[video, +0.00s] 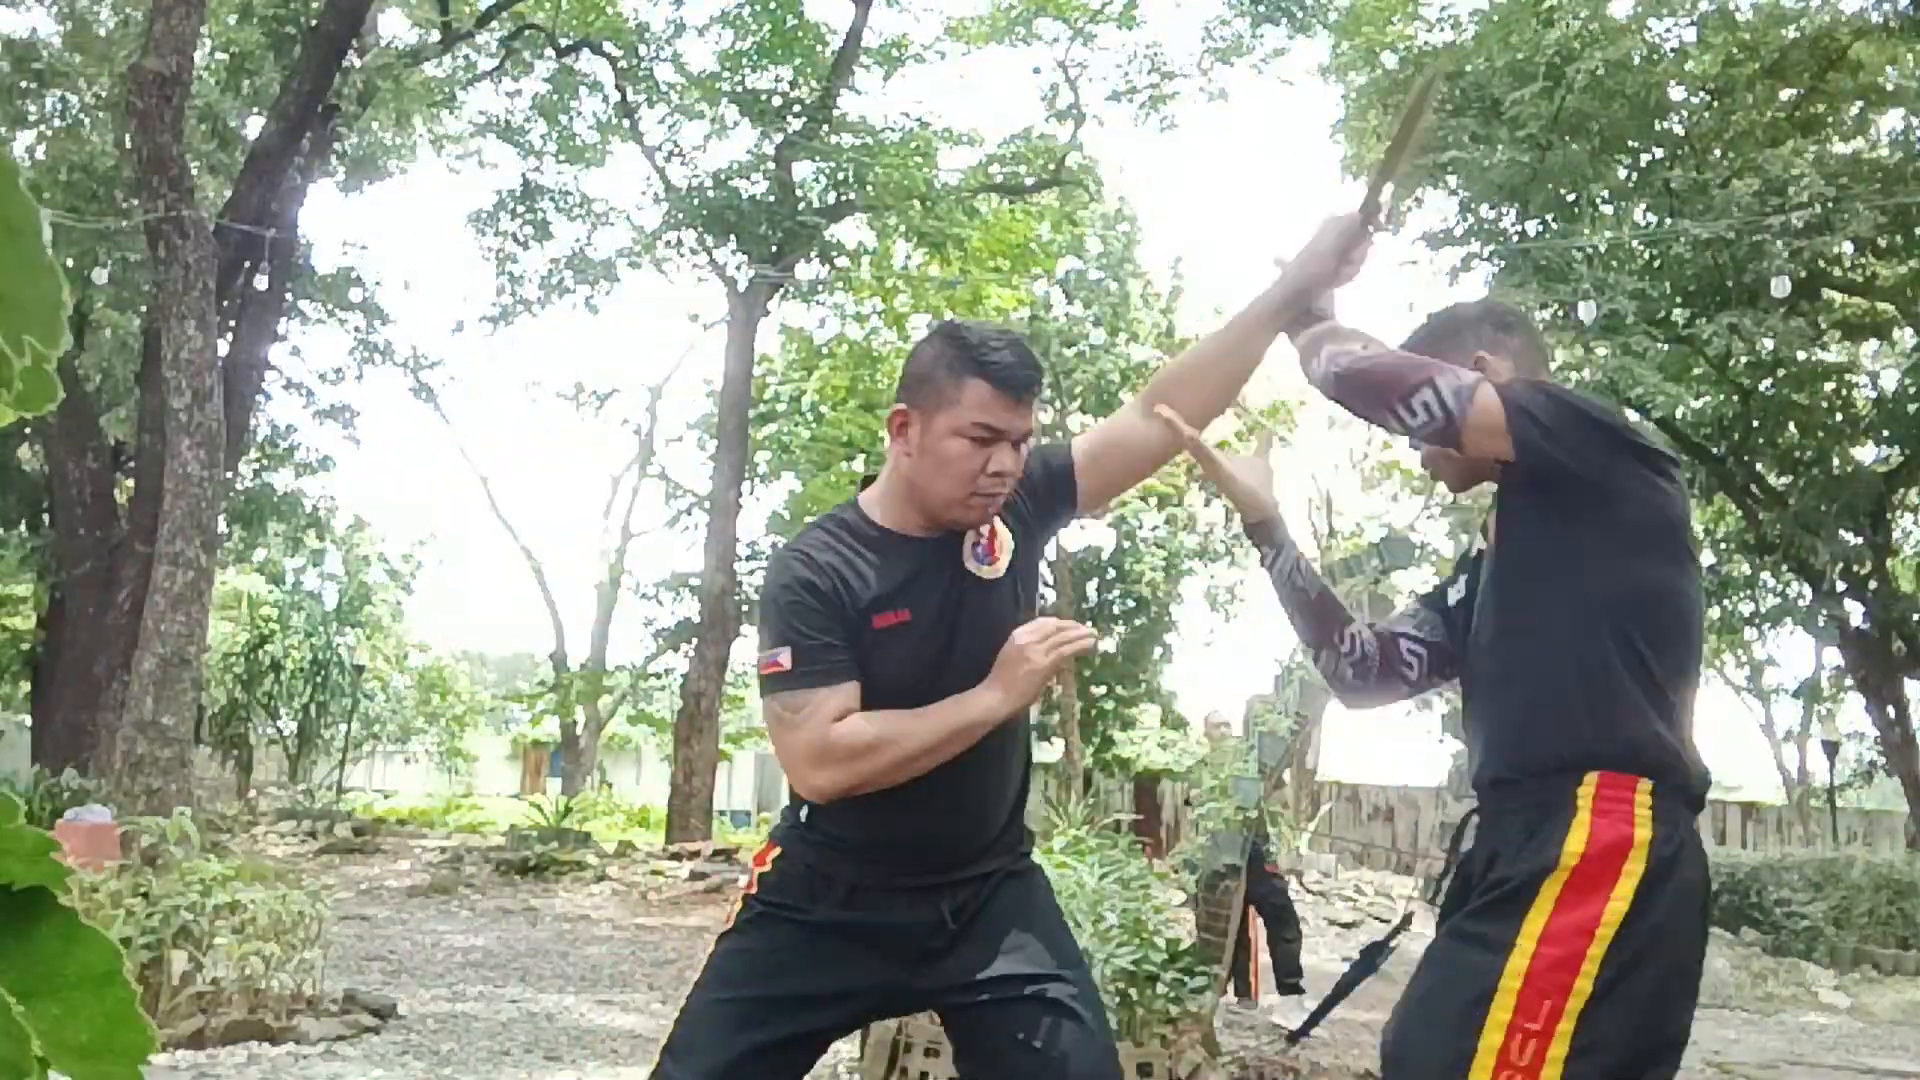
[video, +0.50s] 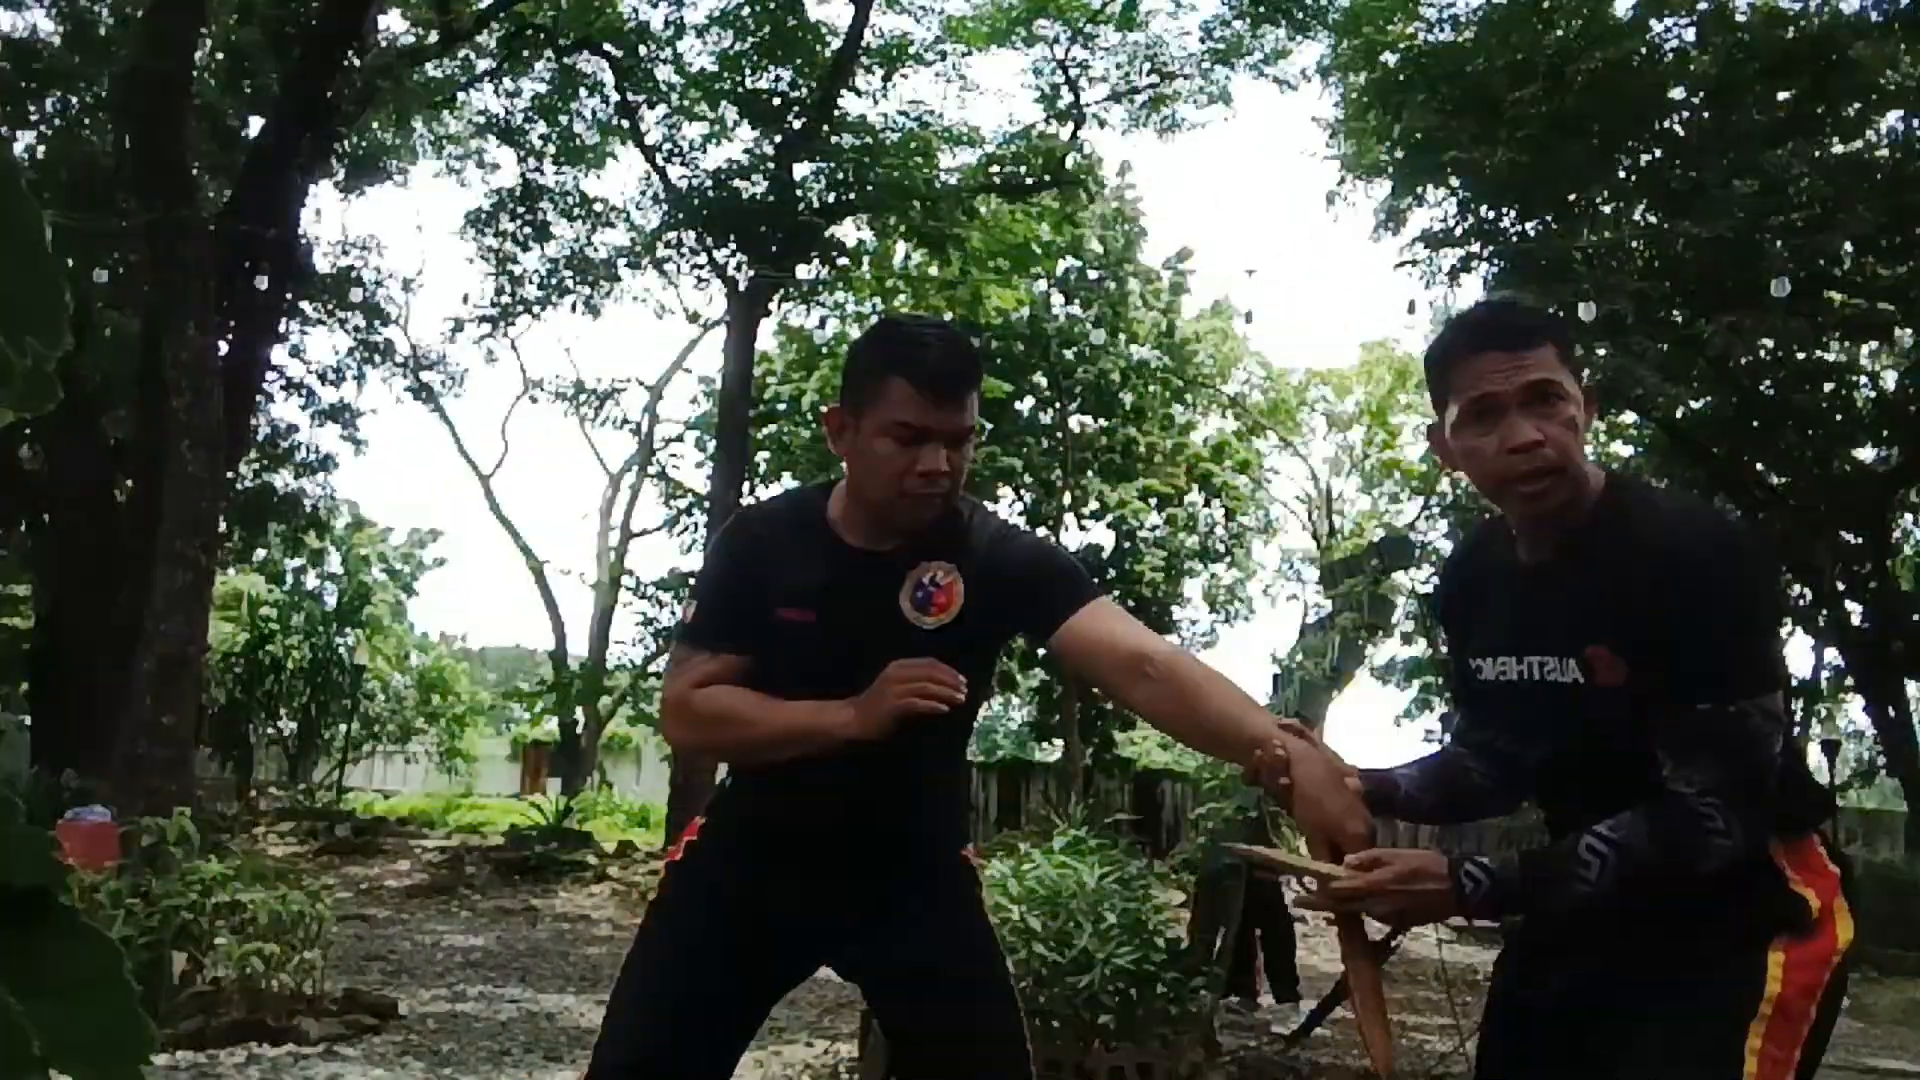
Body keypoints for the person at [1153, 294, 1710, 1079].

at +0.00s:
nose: (1413, 433)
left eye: (1426, 398)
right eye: (1409, 412)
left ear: (1489, 367)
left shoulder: (1608, 447)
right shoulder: (1496, 568)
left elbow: (1360, 373)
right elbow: (1361, 667)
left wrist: (1315, 327)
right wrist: (1264, 524)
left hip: (1599, 847)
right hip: (1520, 849)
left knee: (1446, 1058)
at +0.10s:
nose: (1409, 415)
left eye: (1423, 386)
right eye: (1398, 400)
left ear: (1501, 366)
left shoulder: (1632, 445)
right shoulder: (1453, 546)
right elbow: (1365, 662)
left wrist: (1322, 363)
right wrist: (1274, 495)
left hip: (1655, 847)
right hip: (1534, 857)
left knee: (1543, 1057)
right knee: (1465, 1064)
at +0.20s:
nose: (1431, 421)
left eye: (1452, 382)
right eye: (1411, 401)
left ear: (1529, 368)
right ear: (1402, 412)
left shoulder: (1647, 468)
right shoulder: (1458, 545)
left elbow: (1529, 581)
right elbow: (1394, 696)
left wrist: (1346, 462)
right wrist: (1283, 563)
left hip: (1685, 856)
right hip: (1549, 865)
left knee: (1611, 1060)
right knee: (1474, 1062)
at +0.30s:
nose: (1484, 417)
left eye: (1506, 380)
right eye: (1451, 397)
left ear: (1556, 381)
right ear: (1426, 429)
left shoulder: (1666, 502)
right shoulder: (1458, 562)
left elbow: (1621, 727)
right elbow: (1463, 766)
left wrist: (1380, 657)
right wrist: (1349, 745)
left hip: (1726, 867)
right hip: (1580, 865)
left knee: (1646, 1058)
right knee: (1500, 1057)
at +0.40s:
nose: (1513, 429)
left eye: (1533, 396)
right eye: (1474, 411)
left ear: (1575, 407)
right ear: (1439, 448)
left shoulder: (1685, 538)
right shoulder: (1466, 574)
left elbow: (1701, 799)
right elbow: (1485, 757)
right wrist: (1358, 794)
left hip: (1747, 897)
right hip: (1590, 879)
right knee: (1510, 1059)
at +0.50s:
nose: (1523, 435)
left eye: (1543, 399)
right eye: (1485, 414)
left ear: (1584, 408)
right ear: (1448, 451)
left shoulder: (1701, 550)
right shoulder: (1474, 580)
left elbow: (1722, 816)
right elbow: (1499, 763)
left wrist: (1475, 887)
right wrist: (1361, 790)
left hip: (1752, 909)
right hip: (1588, 896)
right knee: (1516, 1063)